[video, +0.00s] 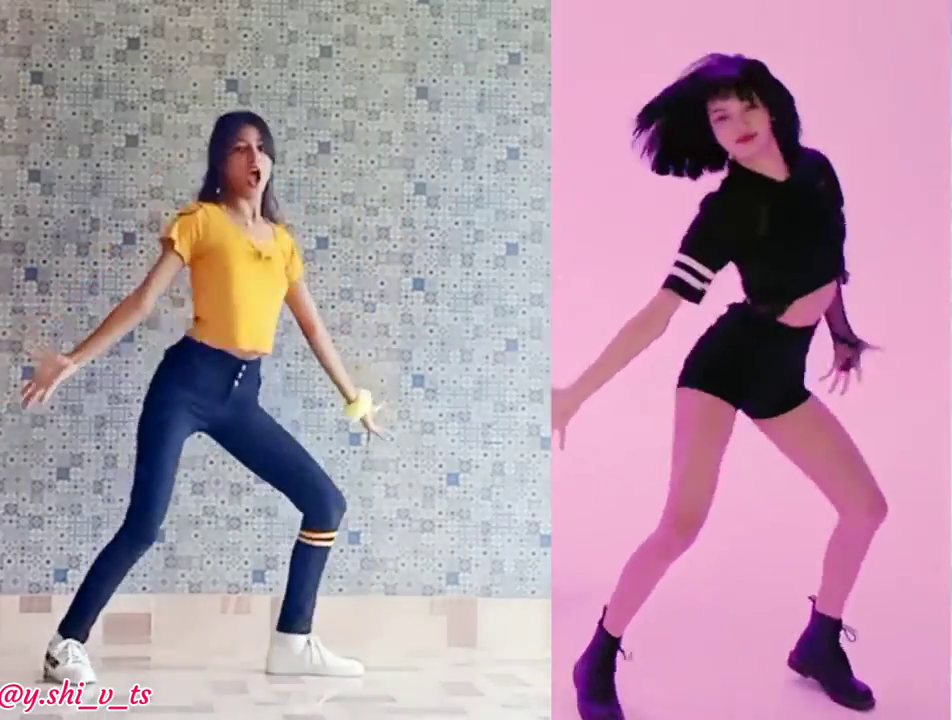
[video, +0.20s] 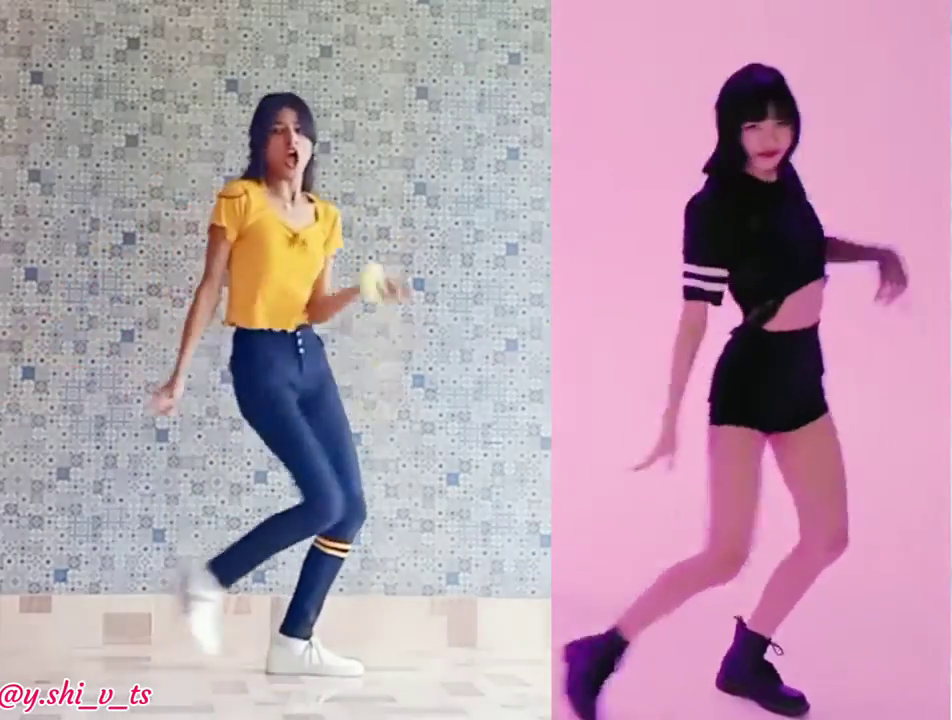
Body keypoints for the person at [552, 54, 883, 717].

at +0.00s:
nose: (739, 123)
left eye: (748, 106)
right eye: (722, 116)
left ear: (773, 108)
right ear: (710, 134)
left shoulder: (817, 172)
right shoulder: (727, 207)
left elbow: (826, 256)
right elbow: (659, 312)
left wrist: (840, 327)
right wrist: (574, 393)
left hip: (779, 370)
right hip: (722, 362)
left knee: (864, 507)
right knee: (680, 527)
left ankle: (820, 643)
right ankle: (599, 659)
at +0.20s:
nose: (770, 138)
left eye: (781, 124)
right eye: (755, 125)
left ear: (795, 126)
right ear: (730, 129)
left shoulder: (786, 177)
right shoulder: (712, 207)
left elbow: (808, 247)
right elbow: (694, 314)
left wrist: (878, 253)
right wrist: (671, 414)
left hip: (799, 374)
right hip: (745, 377)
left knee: (826, 536)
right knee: (726, 554)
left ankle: (746, 659)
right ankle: (601, 650)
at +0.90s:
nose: (775, 98)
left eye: (783, 88)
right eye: (779, 87)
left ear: (802, 96)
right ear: (840, 101)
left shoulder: (754, 155)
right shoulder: (864, 164)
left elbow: (707, 230)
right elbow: (830, 216)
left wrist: (766, 226)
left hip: (757, 341)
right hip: (826, 340)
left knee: (716, 507)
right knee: (832, 501)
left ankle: (700, 662)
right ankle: (847, 648)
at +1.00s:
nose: (786, 74)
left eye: (801, 66)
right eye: (791, 63)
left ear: (835, 85)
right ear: (835, 89)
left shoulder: (781, 152)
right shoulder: (843, 160)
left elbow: (707, 229)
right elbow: (742, 203)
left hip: (767, 338)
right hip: (818, 335)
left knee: (711, 505)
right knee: (810, 495)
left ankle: (687, 661)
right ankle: (832, 644)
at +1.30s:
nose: (759, 74)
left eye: (775, 64)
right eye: (754, 64)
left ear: (806, 79)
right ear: (751, 74)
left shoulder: (773, 137)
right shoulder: (806, 140)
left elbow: (701, 221)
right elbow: (712, 204)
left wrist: (679, 126)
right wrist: (680, 123)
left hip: (746, 338)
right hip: (781, 334)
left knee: (690, 503)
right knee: (778, 495)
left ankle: (658, 665)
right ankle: (809, 648)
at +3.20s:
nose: (678, 219)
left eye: (671, 204)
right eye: (669, 224)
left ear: (691, 186)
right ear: (678, 233)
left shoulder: (731, 219)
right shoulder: (739, 242)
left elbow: (744, 330)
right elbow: (717, 344)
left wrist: (710, 272)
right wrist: (679, 283)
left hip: (858, 383)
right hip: (882, 382)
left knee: (746, 489)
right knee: (806, 504)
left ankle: (720, 655)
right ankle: (876, 641)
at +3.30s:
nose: (684, 210)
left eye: (678, 193)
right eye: (672, 214)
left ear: (698, 176)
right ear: (679, 225)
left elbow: (751, 318)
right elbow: (712, 332)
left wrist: (743, 270)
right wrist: (674, 274)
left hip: (848, 367)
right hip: (879, 369)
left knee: (780, 504)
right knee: (830, 503)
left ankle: (727, 655)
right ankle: (885, 643)